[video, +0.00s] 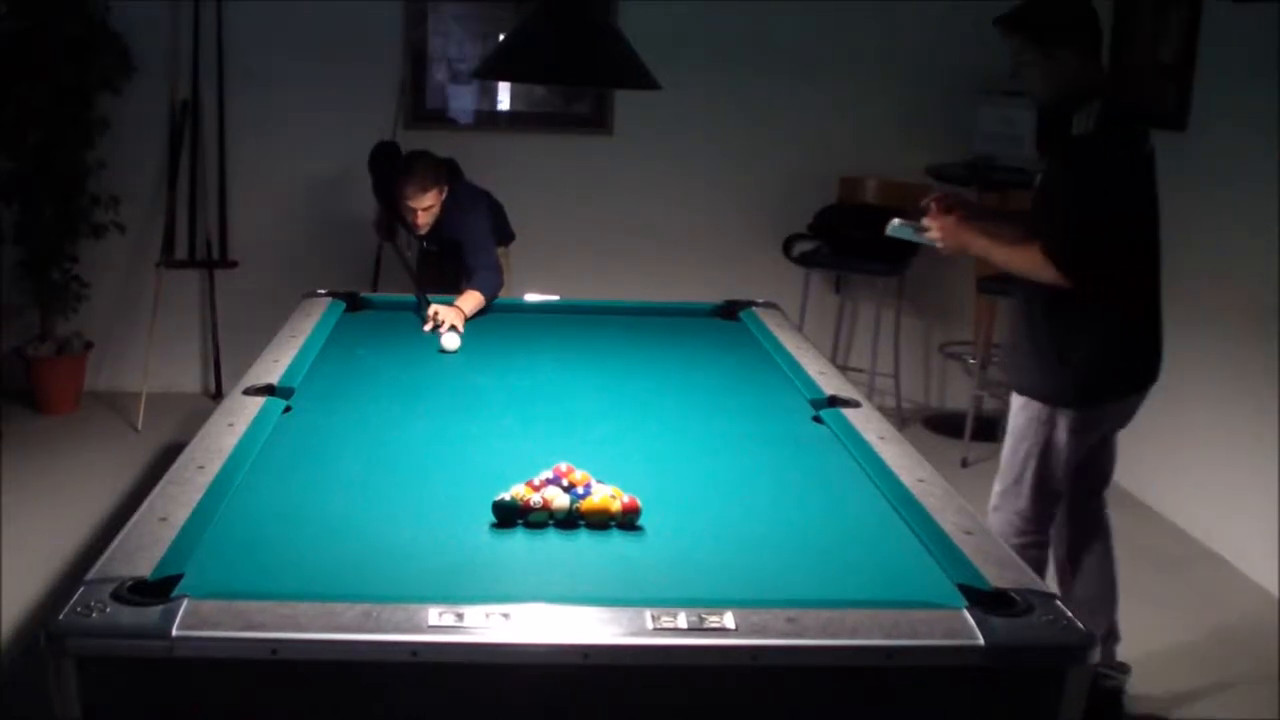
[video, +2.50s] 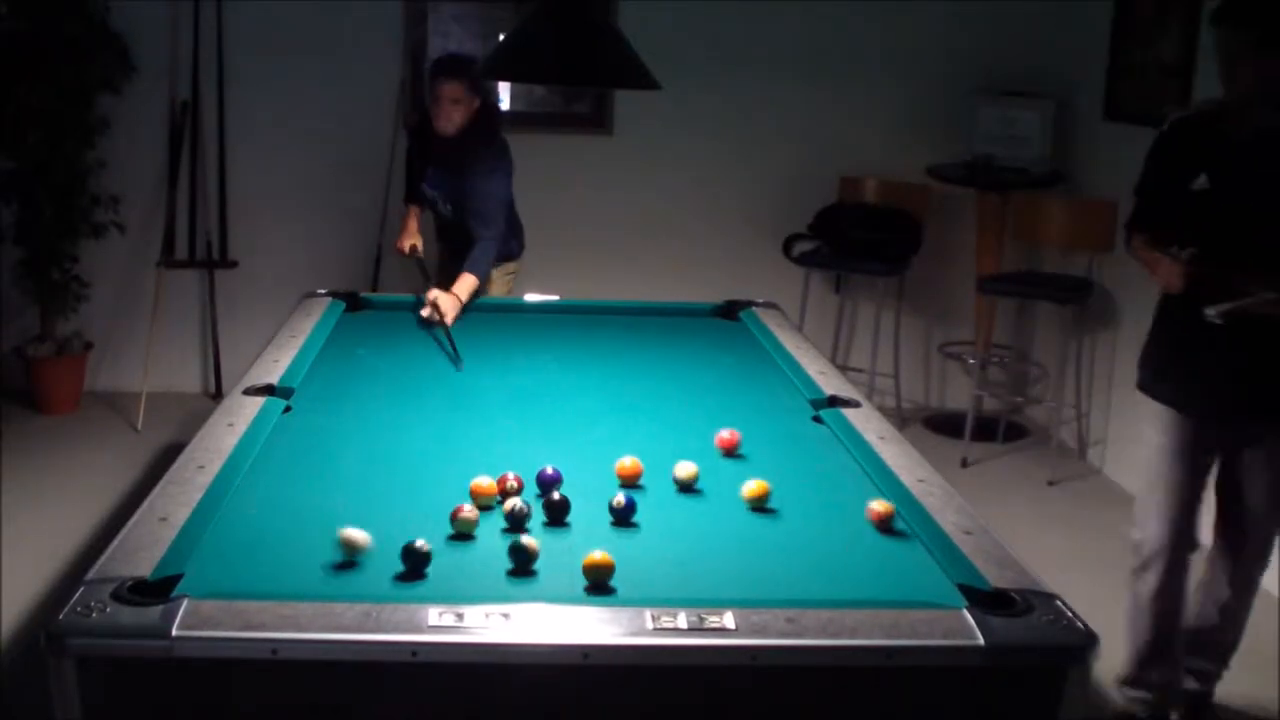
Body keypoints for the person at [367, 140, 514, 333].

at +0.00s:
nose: (419, 219)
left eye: (428, 209)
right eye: (411, 210)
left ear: (443, 194)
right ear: (399, 202)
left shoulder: (468, 210)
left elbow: (490, 275)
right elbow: (383, 150)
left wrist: (460, 310)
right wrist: (387, 212)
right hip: (434, 246)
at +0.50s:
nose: (416, 207)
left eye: (426, 196)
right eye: (408, 198)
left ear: (440, 184)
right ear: (395, 189)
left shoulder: (465, 201)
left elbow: (481, 262)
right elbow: (382, 152)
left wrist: (456, 308)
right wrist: (387, 216)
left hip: (489, 248)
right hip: (438, 243)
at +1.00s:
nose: (415, 207)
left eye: (424, 197)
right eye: (407, 199)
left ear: (439, 184)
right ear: (393, 189)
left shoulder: (462, 198)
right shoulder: (389, 170)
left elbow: (478, 260)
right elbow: (382, 155)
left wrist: (456, 308)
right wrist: (386, 222)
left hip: (492, 247)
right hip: (441, 244)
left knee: (485, 325)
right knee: (427, 318)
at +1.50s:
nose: (413, 206)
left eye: (421, 196)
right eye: (404, 197)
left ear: (436, 183)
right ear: (392, 188)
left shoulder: (460, 200)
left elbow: (476, 261)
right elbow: (377, 161)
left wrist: (456, 308)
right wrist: (384, 227)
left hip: (492, 248)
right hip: (441, 245)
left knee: (485, 327)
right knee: (425, 319)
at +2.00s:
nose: (425, 191)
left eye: (435, 180)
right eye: (417, 181)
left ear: (450, 166)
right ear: (404, 171)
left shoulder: (472, 183)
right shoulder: (391, 166)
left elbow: (495, 260)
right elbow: (380, 162)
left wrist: (460, 309)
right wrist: (388, 228)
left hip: (474, 261)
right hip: (432, 257)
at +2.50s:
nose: (444, 112)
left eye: (455, 103)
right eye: (438, 102)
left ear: (475, 105)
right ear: (429, 102)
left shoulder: (488, 147)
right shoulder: (423, 134)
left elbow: (489, 233)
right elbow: (415, 178)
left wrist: (457, 295)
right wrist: (411, 225)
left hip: (494, 252)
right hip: (450, 245)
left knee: (486, 339)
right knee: (444, 333)